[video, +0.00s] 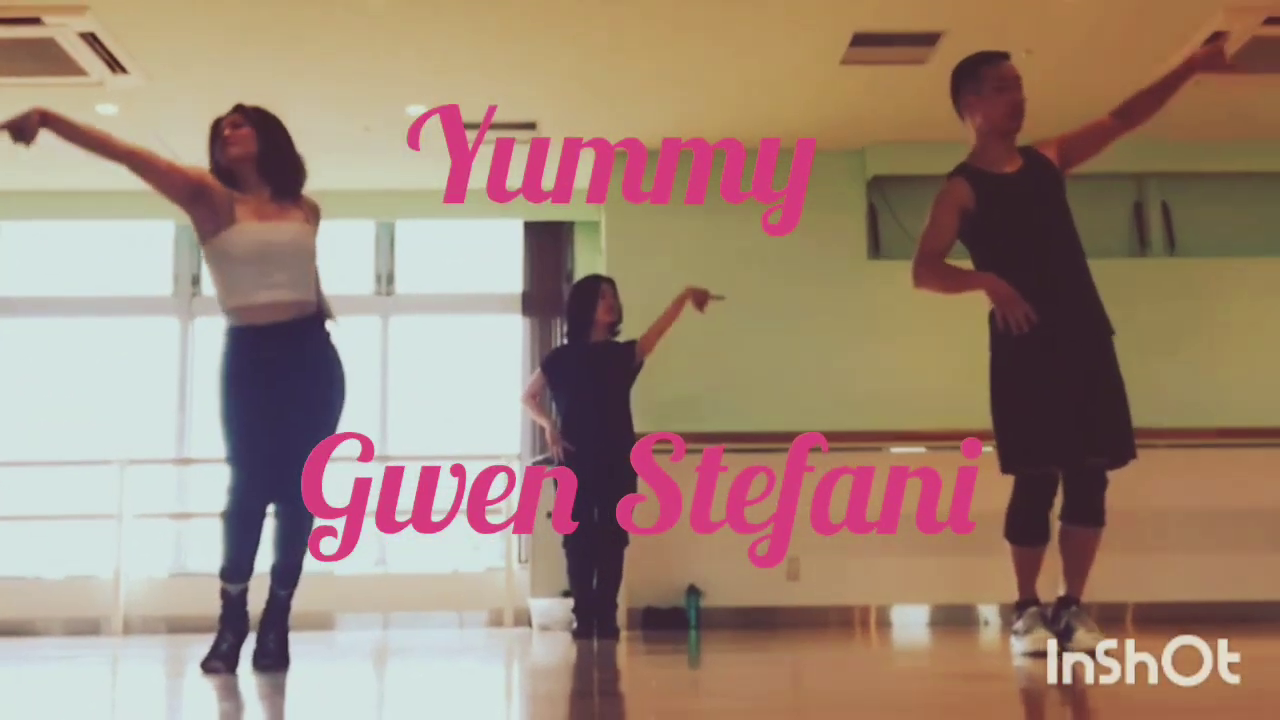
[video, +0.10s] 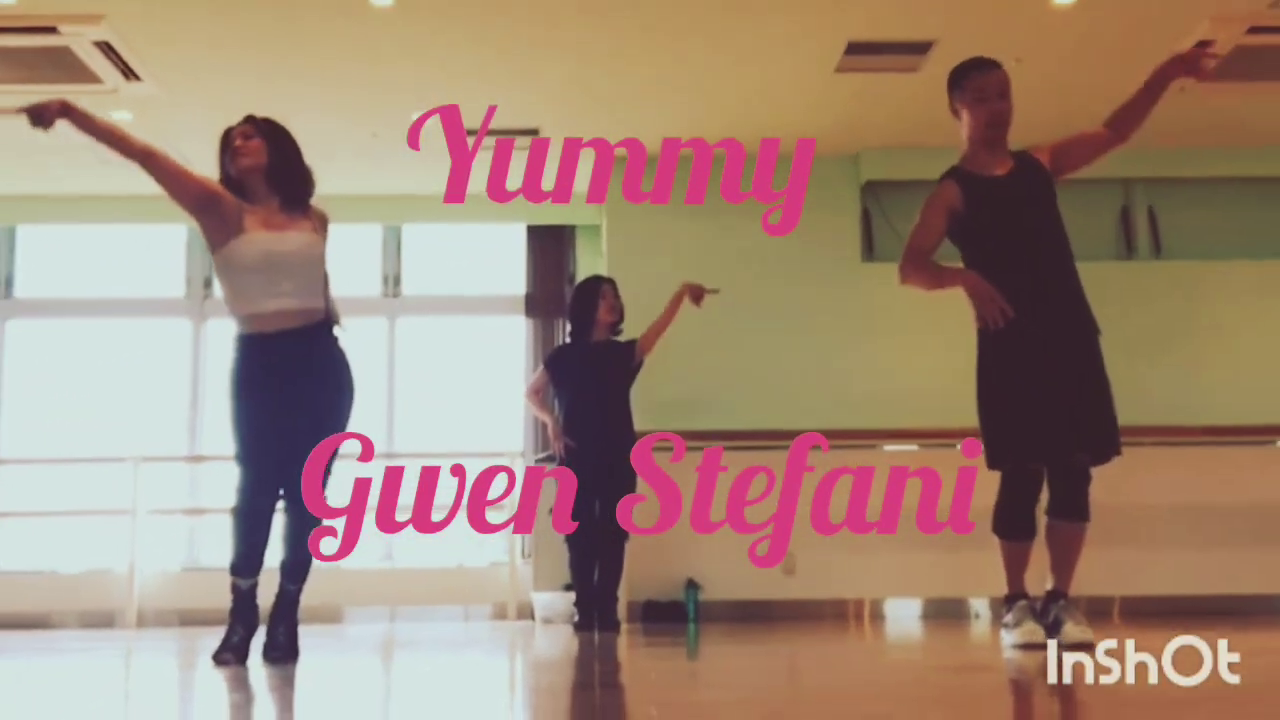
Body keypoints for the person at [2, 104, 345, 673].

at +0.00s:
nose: (232, 132)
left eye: (244, 124)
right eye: (223, 129)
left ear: (271, 141)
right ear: (217, 151)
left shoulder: (305, 208)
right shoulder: (209, 198)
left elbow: (304, 272)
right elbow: (128, 155)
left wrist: (318, 311)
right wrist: (44, 118)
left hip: (312, 358)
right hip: (252, 360)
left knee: (299, 492)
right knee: (251, 488)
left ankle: (278, 618)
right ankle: (232, 617)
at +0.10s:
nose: (242, 143)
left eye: (252, 136)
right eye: (233, 142)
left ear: (279, 150)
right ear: (226, 162)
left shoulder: (313, 219)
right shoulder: (220, 210)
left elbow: (315, 286)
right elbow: (144, 155)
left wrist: (327, 322)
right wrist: (67, 111)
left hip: (321, 362)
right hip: (261, 364)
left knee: (308, 492)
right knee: (259, 487)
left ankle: (287, 610)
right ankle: (243, 610)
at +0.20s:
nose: (259, 157)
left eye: (269, 149)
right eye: (249, 156)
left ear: (294, 162)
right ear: (243, 175)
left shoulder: (326, 226)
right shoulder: (238, 219)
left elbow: (330, 290)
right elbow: (173, 158)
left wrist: (340, 323)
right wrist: (107, 105)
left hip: (335, 363)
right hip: (278, 367)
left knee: (327, 484)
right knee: (275, 484)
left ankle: (303, 601)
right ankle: (259, 601)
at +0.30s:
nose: (285, 166)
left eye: (295, 159)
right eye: (275, 164)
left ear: (316, 174)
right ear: (269, 183)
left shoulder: (346, 233)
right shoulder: (262, 227)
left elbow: (355, 278)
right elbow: (198, 167)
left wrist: (369, 305)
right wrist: (159, 102)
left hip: (355, 363)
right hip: (300, 366)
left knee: (346, 480)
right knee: (296, 475)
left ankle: (324, 587)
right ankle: (283, 585)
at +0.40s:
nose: (311, 172)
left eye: (320, 164)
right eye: (303, 169)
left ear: (341, 173)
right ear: (296, 183)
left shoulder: (372, 230)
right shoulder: (291, 228)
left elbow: (386, 271)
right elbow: (220, 207)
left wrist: (418, 290)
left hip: (376, 354)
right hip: (327, 356)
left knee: (367, 468)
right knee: (322, 464)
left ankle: (349, 568)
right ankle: (311, 571)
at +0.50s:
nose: (342, 177)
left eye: (350, 169)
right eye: (334, 174)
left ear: (368, 178)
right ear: (327, 187)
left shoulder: (394, 222)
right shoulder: (322, 227)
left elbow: (436, 227)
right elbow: (253, 228)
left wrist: (450, 252)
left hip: (397, 340)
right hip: (350, 343)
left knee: (395, 449)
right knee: (344, 447)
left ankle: (381, 544)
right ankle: (330, 546)